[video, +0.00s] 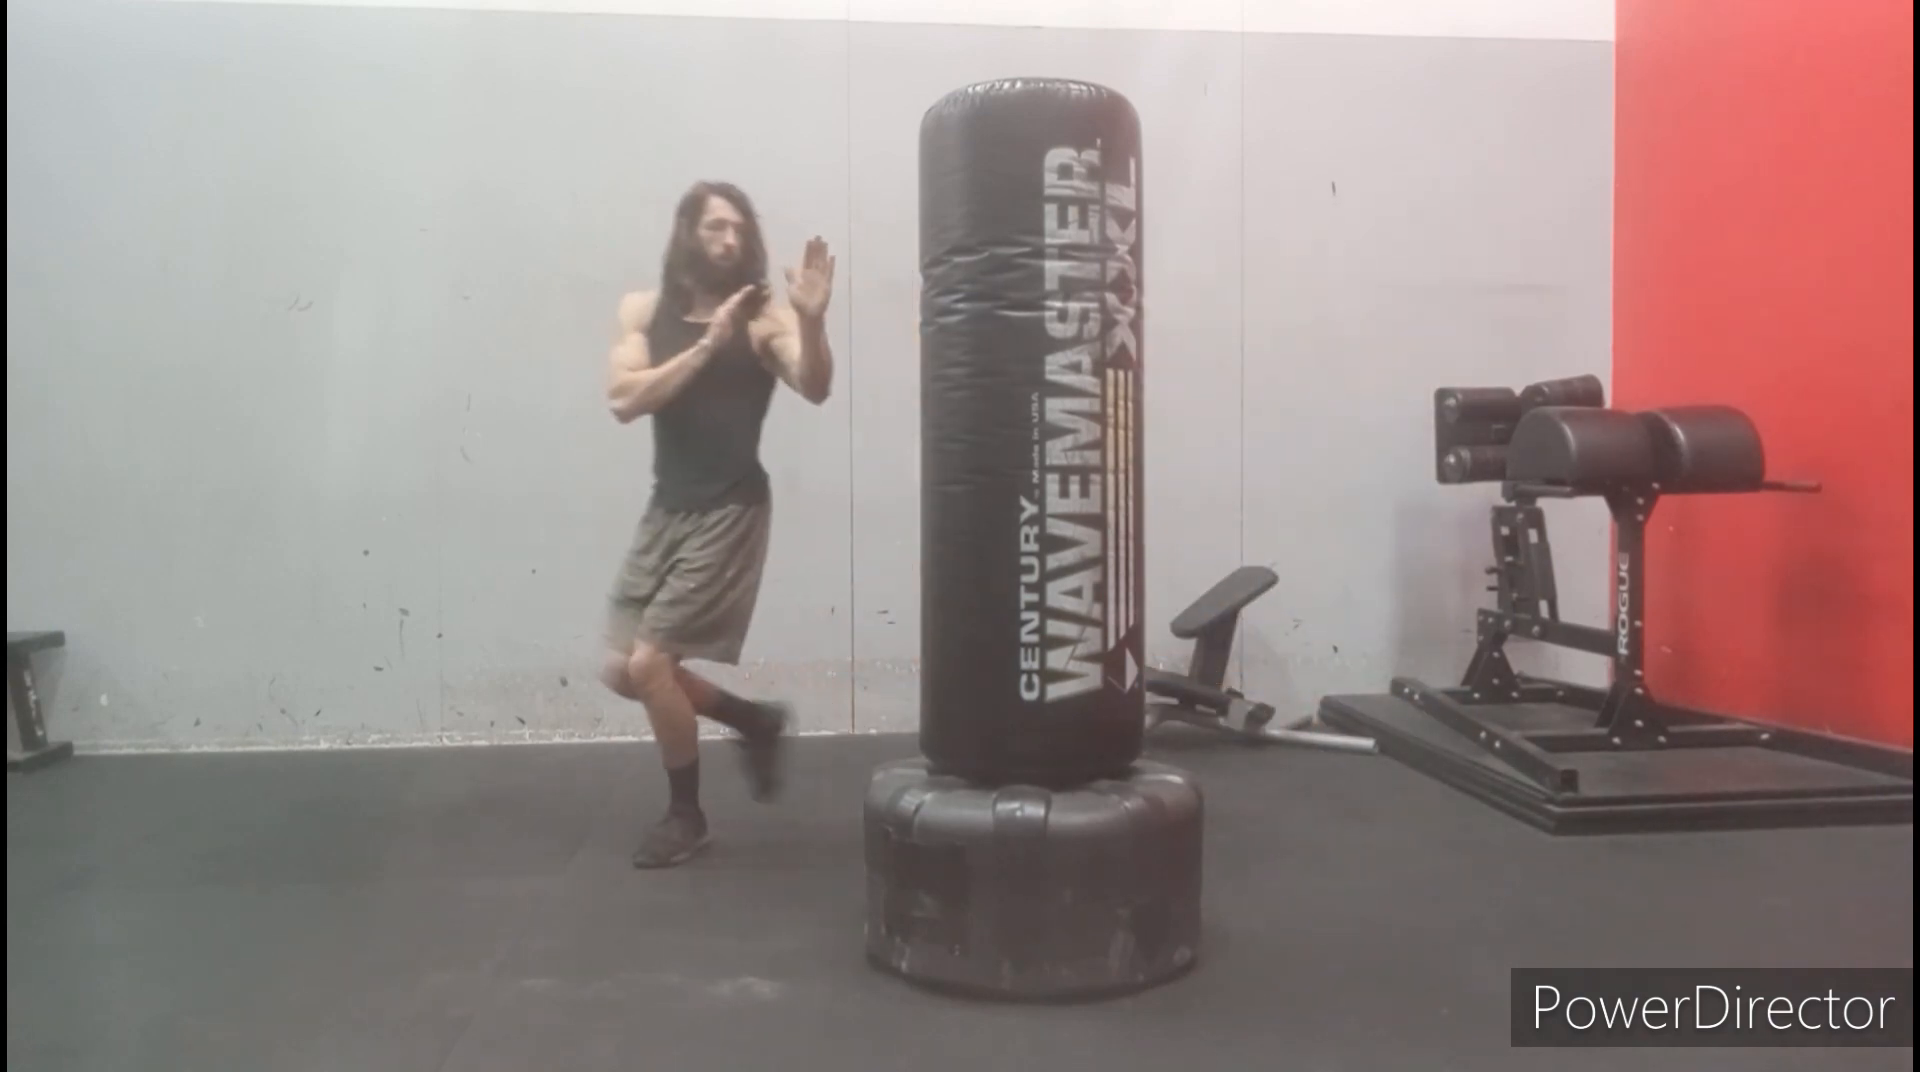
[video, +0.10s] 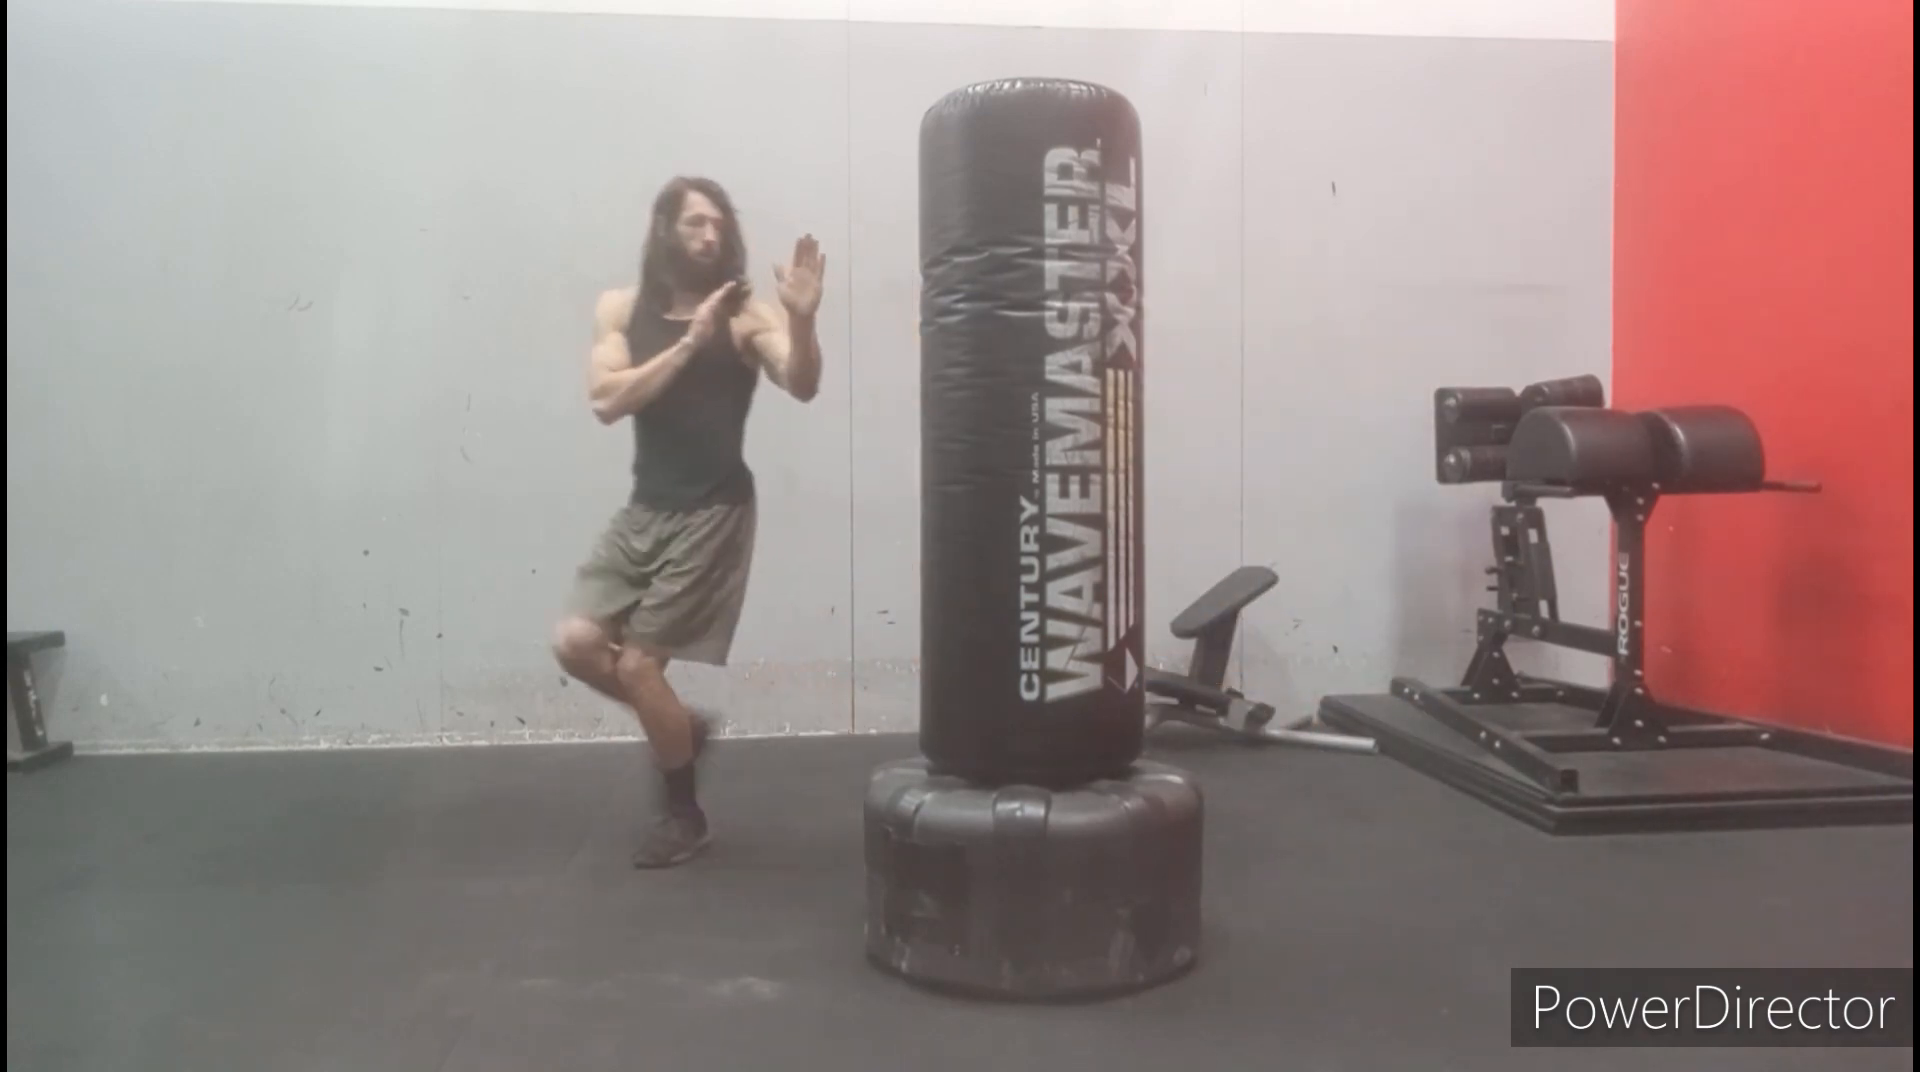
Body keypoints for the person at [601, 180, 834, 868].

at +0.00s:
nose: (727, 238)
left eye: (738, 229)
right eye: (713, 227)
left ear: (750, 242)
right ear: (686, 238)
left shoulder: (766, 315)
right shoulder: (646, 308)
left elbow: (815, 387)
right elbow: (625, 401)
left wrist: (814, 320)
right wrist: (709, 343)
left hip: (730, 510)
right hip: (667, 506)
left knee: (651, 664)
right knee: (625, 670)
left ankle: (685, 818)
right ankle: (754, 723)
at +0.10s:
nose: (708, 234)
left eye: (717, 224)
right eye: (693, 223)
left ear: (731, 237)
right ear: (664, 233)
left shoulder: (748, 312)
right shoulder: (624, 307)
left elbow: (802, 385)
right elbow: (606, 402)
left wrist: (802, 322)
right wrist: (690, 343)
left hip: (713, 513)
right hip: (647, 506)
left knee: (638, 665)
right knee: (577, 643)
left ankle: (683, 817)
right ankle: (681, 728)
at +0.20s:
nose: (689, 230)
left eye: (698, 219)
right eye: (674, 219)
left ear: (711, 231)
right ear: (643, 230)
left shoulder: (726, 311)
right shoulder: (601, 305)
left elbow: (790, 382)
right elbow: (590, 401)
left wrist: (794, 319)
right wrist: (675, 339)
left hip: (695, 512)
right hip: (626, 505)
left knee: (628, 672)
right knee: (550, 626)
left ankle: (684, 816)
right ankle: (597, 766)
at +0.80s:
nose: (578, 207)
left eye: (585, 195)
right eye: (562, 193)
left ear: (592, 206)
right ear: (520, 197)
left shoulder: (600, 295)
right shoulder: (453, 277)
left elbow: (694, 370)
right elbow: (463, 381)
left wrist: (732, 305)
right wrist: (562, 324)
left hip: (574, 514)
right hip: (487, 516)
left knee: (546, 675)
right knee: (488, 700)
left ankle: (602, 775)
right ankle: (513, 862)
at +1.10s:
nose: (555, 198)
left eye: (560, 185)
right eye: (538, 183)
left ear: (563, 196)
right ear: (490, 187)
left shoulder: (572, 290)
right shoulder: (416, 269)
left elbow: (678, 368)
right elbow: (439, 383)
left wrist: (729, 302)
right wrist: (544, 316)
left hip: (546, 515)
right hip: (457, 522)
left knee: (515, 664)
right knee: (485, 716)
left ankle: (501, 885)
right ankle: (514, 877)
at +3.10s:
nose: (606, 139)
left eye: (607, 120)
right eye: (593, 117)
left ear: (551, 125)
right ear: (533, 118)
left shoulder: (573, 242)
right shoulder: (443, 205)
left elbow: (696, 347)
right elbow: (529, 348)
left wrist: (806, 288)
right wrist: (610, 271)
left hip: (544, 513)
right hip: (458, 506)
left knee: (582, 749)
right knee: (564, 730)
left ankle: (481, 929)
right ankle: (543, 998)